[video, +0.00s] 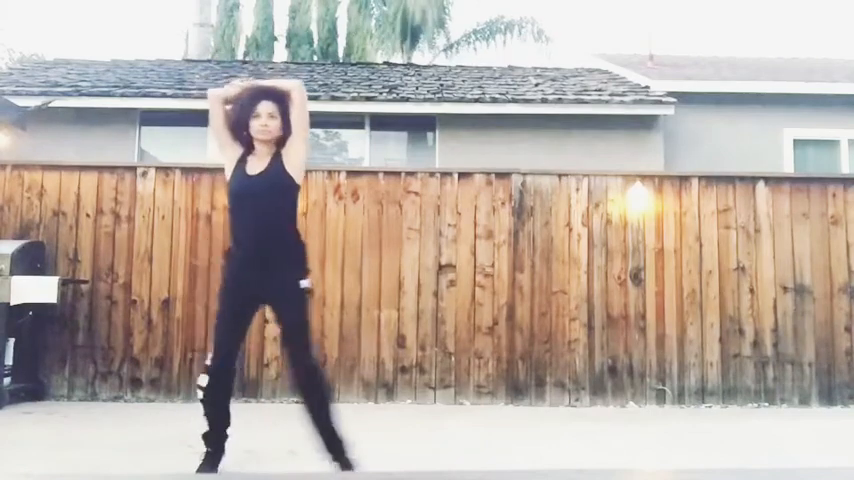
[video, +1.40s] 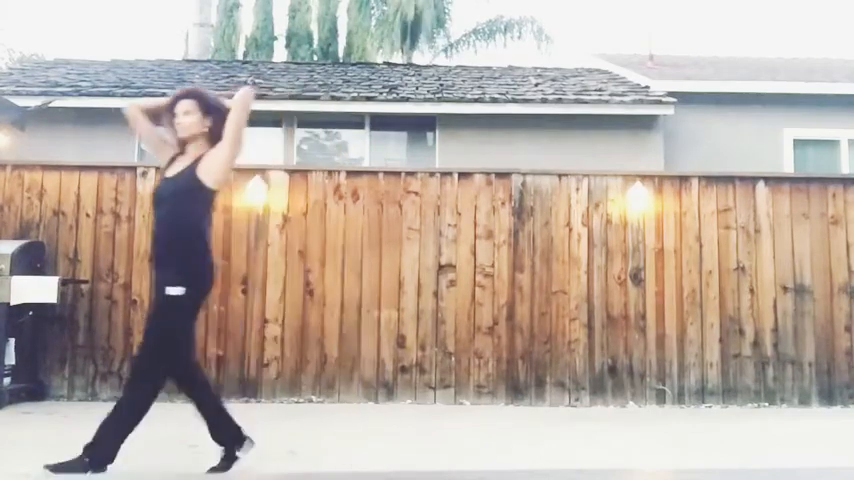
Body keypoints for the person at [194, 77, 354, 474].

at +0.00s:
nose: (265, 121)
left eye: (272, 116)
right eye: (258, 115)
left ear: (283, 123)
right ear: (246, 123)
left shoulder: (291, 158)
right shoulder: (235, 158)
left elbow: (297, 89)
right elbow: (213, 97)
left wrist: (252, 84)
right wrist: (242, 89)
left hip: (286, 274)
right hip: (241, 274)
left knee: (302, 363)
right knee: (221, 362)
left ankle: (336, 450)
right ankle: (213, 449)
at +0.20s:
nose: (290, 129)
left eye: (297, 123)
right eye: (283, 123)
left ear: (308, 131)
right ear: (271, 131)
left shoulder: (313, 164)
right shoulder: (261, 167)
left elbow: (316, 94)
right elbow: (240, 108)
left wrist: (273, 94)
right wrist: (275, 98)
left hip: (327, 279)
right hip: (283, 281)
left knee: (356, 370)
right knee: (250, 367)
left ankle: (374, 456)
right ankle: (222, 447)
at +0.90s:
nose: (264, 122)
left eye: (272, 116)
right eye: (259, 116)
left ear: (287, 123)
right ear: (252, 125)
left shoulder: (291, 159)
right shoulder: (252, 158)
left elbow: (305, 94)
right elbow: (233, 104)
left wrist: (284, 93)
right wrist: (262, 92)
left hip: (273, 274)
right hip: (240, 274)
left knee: (291, 365)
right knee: (234, 364)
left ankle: (345, 448)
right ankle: (244, 451)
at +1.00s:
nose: (248, 122)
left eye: (255, 115)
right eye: (242, 116)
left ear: (272, 122)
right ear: (237, 124)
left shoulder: (278, 156)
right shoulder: (239, 158)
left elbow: (293, 91)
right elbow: (217, 102)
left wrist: (274, 92)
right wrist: (251, 94)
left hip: (255, 272)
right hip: (227, 272)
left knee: (245, 363)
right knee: (228, 365)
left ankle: (296, 438)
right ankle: (244, 451)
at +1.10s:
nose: (231, 122)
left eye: (239, 115)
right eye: (227, 116)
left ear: (257, 122)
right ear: (223, 123)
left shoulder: (264, 157)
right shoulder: (226, 157)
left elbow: (280, 91)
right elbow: (200, 106)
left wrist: (267, 103)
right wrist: (238, 91)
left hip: (242, 274)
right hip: (218, 272)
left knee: (195, 357)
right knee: (223, 361)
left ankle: (242, 443)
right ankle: (244, 445)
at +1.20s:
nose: (215, 122)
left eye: (223, 116)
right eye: (211, 117)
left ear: (241, 122)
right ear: (208, 125)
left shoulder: (247, 159)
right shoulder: (209, 157)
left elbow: (269, 91)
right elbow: (179, 107)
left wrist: (253, 103)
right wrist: (221, 98)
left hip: (226, 275)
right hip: (204, 273)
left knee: (169, 353)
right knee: (219, 365)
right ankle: (245, 450)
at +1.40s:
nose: (179, 119)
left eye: (187, 112)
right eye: (177, 113)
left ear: (208, 121)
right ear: (175, 123)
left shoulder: (215, 159)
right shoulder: (175, 155)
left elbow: (245, 93)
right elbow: (132, 110)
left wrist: (228, 109)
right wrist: (171, 104)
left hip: (187, 277)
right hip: (166, 275)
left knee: (147, 370)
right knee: (183, 367)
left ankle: (96, 457)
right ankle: (233, 439)